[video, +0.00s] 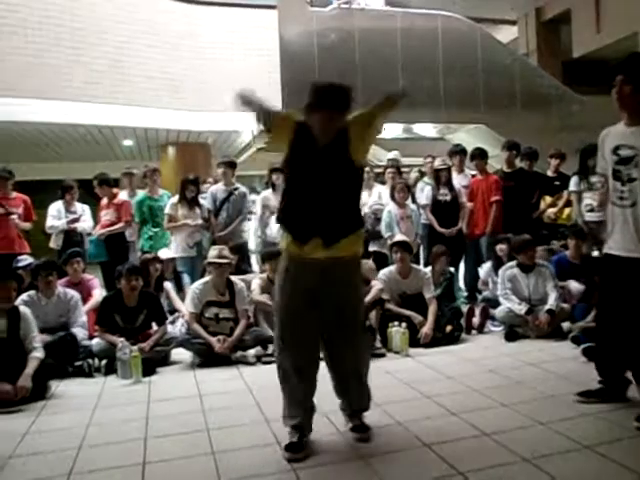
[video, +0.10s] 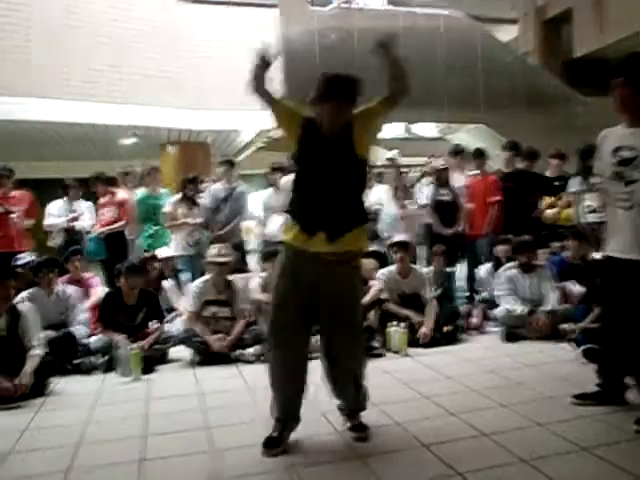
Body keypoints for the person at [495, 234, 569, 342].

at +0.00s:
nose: (531, 255)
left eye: (533, 251)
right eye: (526, 252)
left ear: (536, 251)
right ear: (517, 255)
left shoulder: (545, 268)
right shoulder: (506, 271)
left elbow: (553, 291)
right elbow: (505, 295)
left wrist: (549, 311)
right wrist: (526, 311)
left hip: (541, 306)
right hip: (519, 307)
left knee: (564, 310)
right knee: (501, 313)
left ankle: (523, 332)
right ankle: (547, 331)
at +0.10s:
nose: (526, 259)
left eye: (530, 254)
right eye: (522, 255)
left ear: (535, 256)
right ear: (516, 257)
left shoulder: (543, 271)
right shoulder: (505, 273)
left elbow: (552, 293)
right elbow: (505, 298)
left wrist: (544, 313)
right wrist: (528, 312)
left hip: (542, 309)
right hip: (518, 310)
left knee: (568, 310)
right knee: (502, 314)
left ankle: (522, 334)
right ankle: (549, 331)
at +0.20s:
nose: (534, 258)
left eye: (536, 254)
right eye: (529, 255)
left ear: (539, 255)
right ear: (519, 257)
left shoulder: (547, 272)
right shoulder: (508, 274)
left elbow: (555, 294)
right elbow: (506, 297)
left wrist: (550, 315)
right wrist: (527, 313)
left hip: (542, 309)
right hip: (520, 310)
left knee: (566, 313)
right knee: (502, 315)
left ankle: (523, 335)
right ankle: (548, 334)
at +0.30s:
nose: (529, 256)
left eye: (531, 252)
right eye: (524, 253)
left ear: (534, 253)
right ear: (516, 255)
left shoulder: (542, 270)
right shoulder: (504, 271)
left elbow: (551, 292)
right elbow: (502, 295)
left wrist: (546, 312)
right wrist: (524, 311)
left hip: (538, 307)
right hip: (516, 308)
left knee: (562, 311)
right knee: (498, 313)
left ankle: (520, 332)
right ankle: (544, 331)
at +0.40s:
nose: (528, 255)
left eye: (529, 251)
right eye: (523, 252)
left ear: (532, 252)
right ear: (513, 255)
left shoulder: (541, 269)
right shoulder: (502, 271)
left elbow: (549, 291)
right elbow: (500, 294)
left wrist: (545, 311)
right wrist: (522, 310)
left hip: (537, 306)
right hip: (515, 306)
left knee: (560, 310)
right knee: (496, 313)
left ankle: (519, 332)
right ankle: (542, 331)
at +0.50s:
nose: (523, 254)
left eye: (524, 250)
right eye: (518, 251)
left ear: (527, 251)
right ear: (508, 254)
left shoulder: (535, 268)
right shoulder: (497, 270)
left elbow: (544, 290)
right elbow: (495, 292)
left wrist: (540, 310)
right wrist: (516, 309)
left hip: (531, 305)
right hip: (509, 305)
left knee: (554, 309)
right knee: (491, 311)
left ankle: (513, 330)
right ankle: (536, 329)